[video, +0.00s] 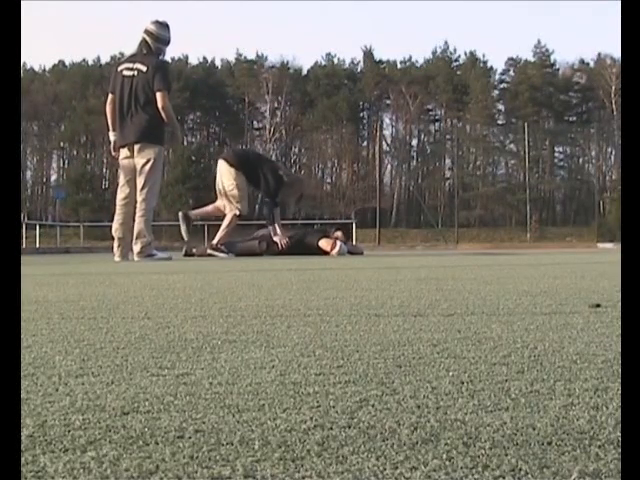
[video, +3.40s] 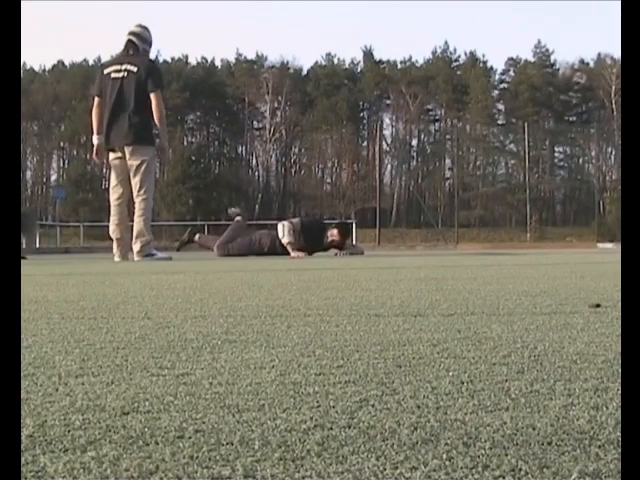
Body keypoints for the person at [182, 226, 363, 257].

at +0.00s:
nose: (337, 242)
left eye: (340, 240)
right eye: (338, 238)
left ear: (337, 239)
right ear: (333, 235)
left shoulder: (324, 241)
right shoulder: (320, 237)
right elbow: (333, 249)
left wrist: (346, 246)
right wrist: (346, 248)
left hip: (272, 240)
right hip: (270, 241)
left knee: (232, 247)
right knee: (231, 248)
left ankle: (197, 252)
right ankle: (197, 252)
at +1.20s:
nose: (336, 241)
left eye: (339, 240)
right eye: (337, 237)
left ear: (338, 240)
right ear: (334, 234)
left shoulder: (325, 241)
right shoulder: (322, 237)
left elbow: (354, 251)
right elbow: (328, 246)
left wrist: (346, 247)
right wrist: (336, 249)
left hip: (267, 244)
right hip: (266, 243)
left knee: (229, 248)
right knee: (229, 248)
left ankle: (195, 252)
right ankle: (195, 251)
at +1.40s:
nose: (337, 245)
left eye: (339, 242)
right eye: (339, 242)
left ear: (335, 236)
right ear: (335, 238)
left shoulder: (321, 237)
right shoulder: (320, 237)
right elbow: (330, 248)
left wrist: (346, 246)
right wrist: (343, 248)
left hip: (271, 238)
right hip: (272, 239)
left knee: (229, 247)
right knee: (230, 249)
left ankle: (193, 252)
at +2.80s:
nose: (342, 242)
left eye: (345, 241)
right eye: (342, 238)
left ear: (345, 241)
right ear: (337, 233)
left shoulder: (329, 242)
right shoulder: (313, 234)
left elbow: (359, 251)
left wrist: (344, 249)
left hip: (271, 247)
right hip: (266, 242)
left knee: (231, 245)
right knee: (221, 250)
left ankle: (199, 239)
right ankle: (236, 218)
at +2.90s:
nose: (343, 238)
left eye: (344, 238)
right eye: (342, 236)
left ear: (341, 239)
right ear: (336, 234)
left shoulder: (329, 242)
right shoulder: (322, 238)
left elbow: (355, 249)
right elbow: (290, 225)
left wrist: (350, 248)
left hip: (275, 244)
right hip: (270, 242)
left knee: (236, 244)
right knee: (221, 250)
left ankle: (200, 236)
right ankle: (236, 217)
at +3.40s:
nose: (334, 243)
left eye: (338, 242)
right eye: (336, 239)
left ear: (339, 240)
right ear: (333, 231)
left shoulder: (328, 240)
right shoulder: (315, 226)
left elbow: (359, 250)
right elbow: (284, 227)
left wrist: (345, 250)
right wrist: (292, 249)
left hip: (270, 248)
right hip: (265, 239)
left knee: (226, 248)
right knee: (220, 249)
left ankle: (196, 236)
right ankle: (238, 219)